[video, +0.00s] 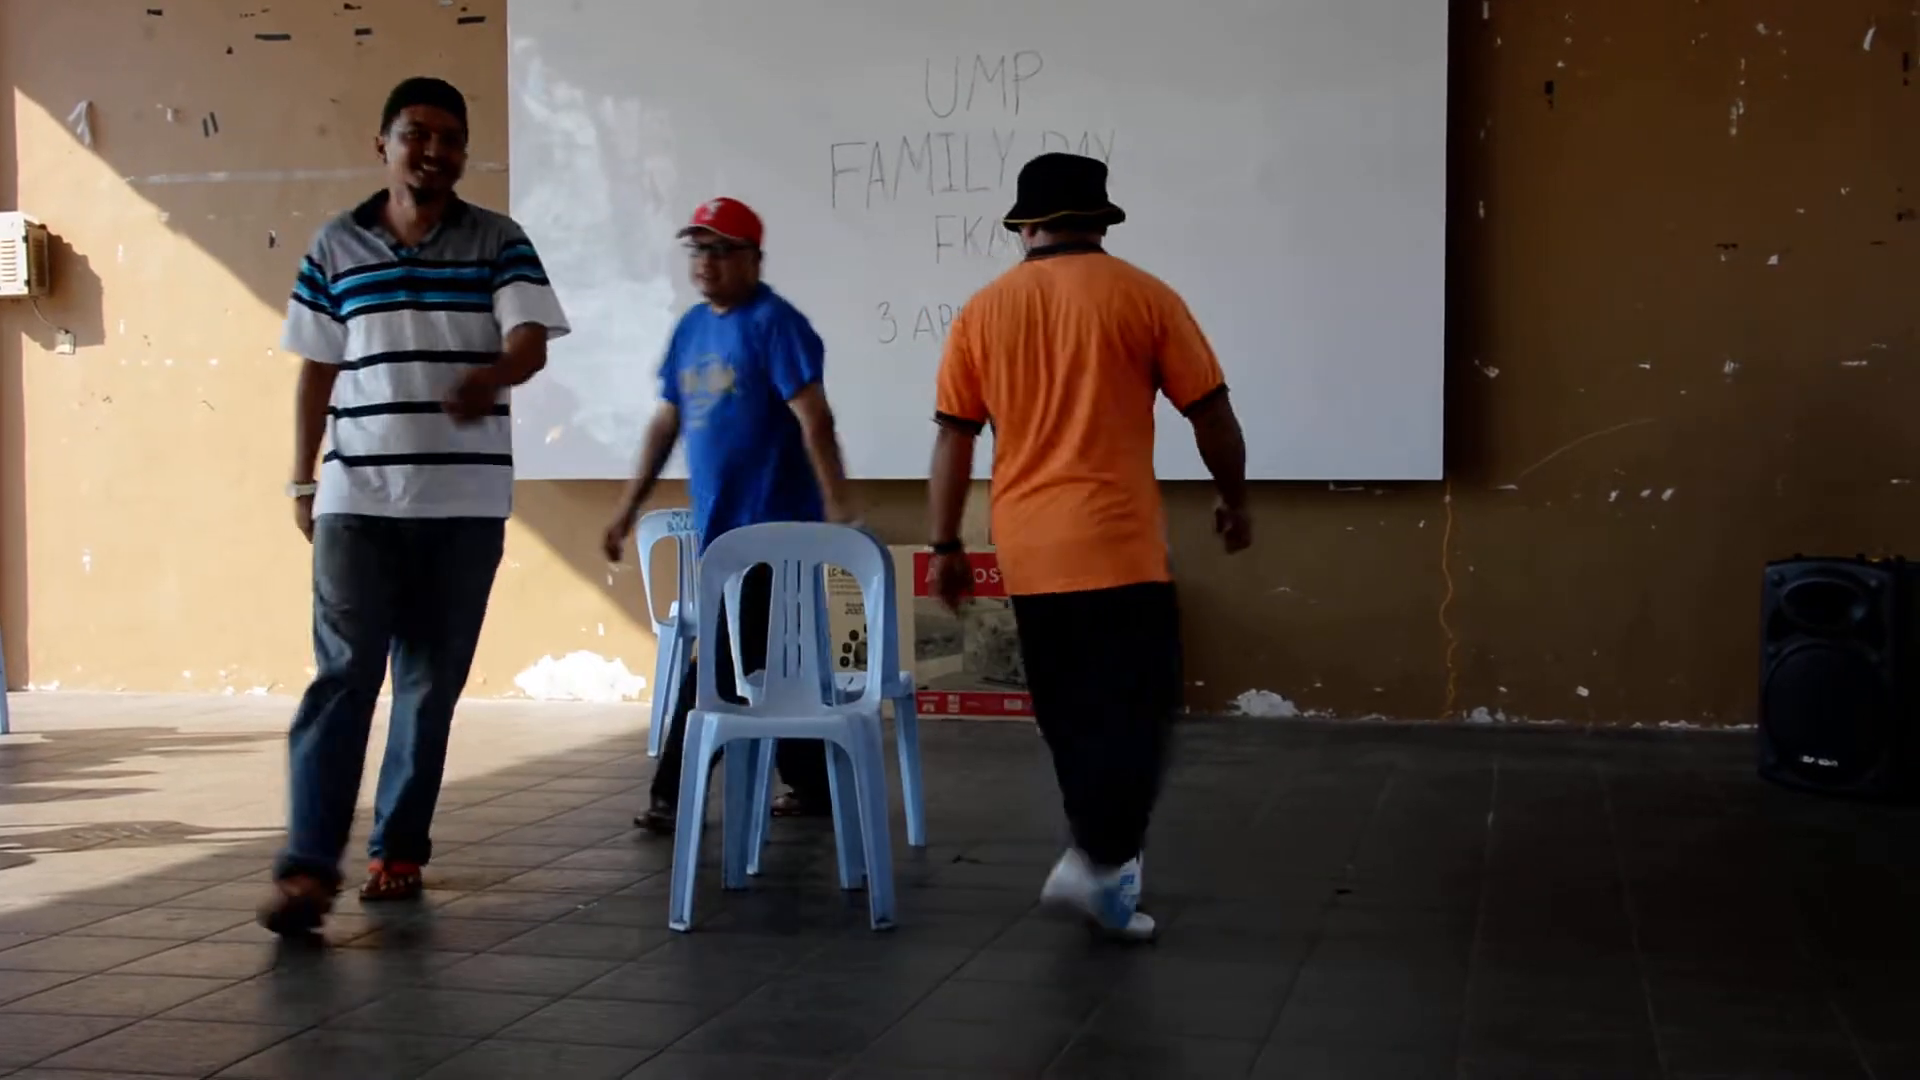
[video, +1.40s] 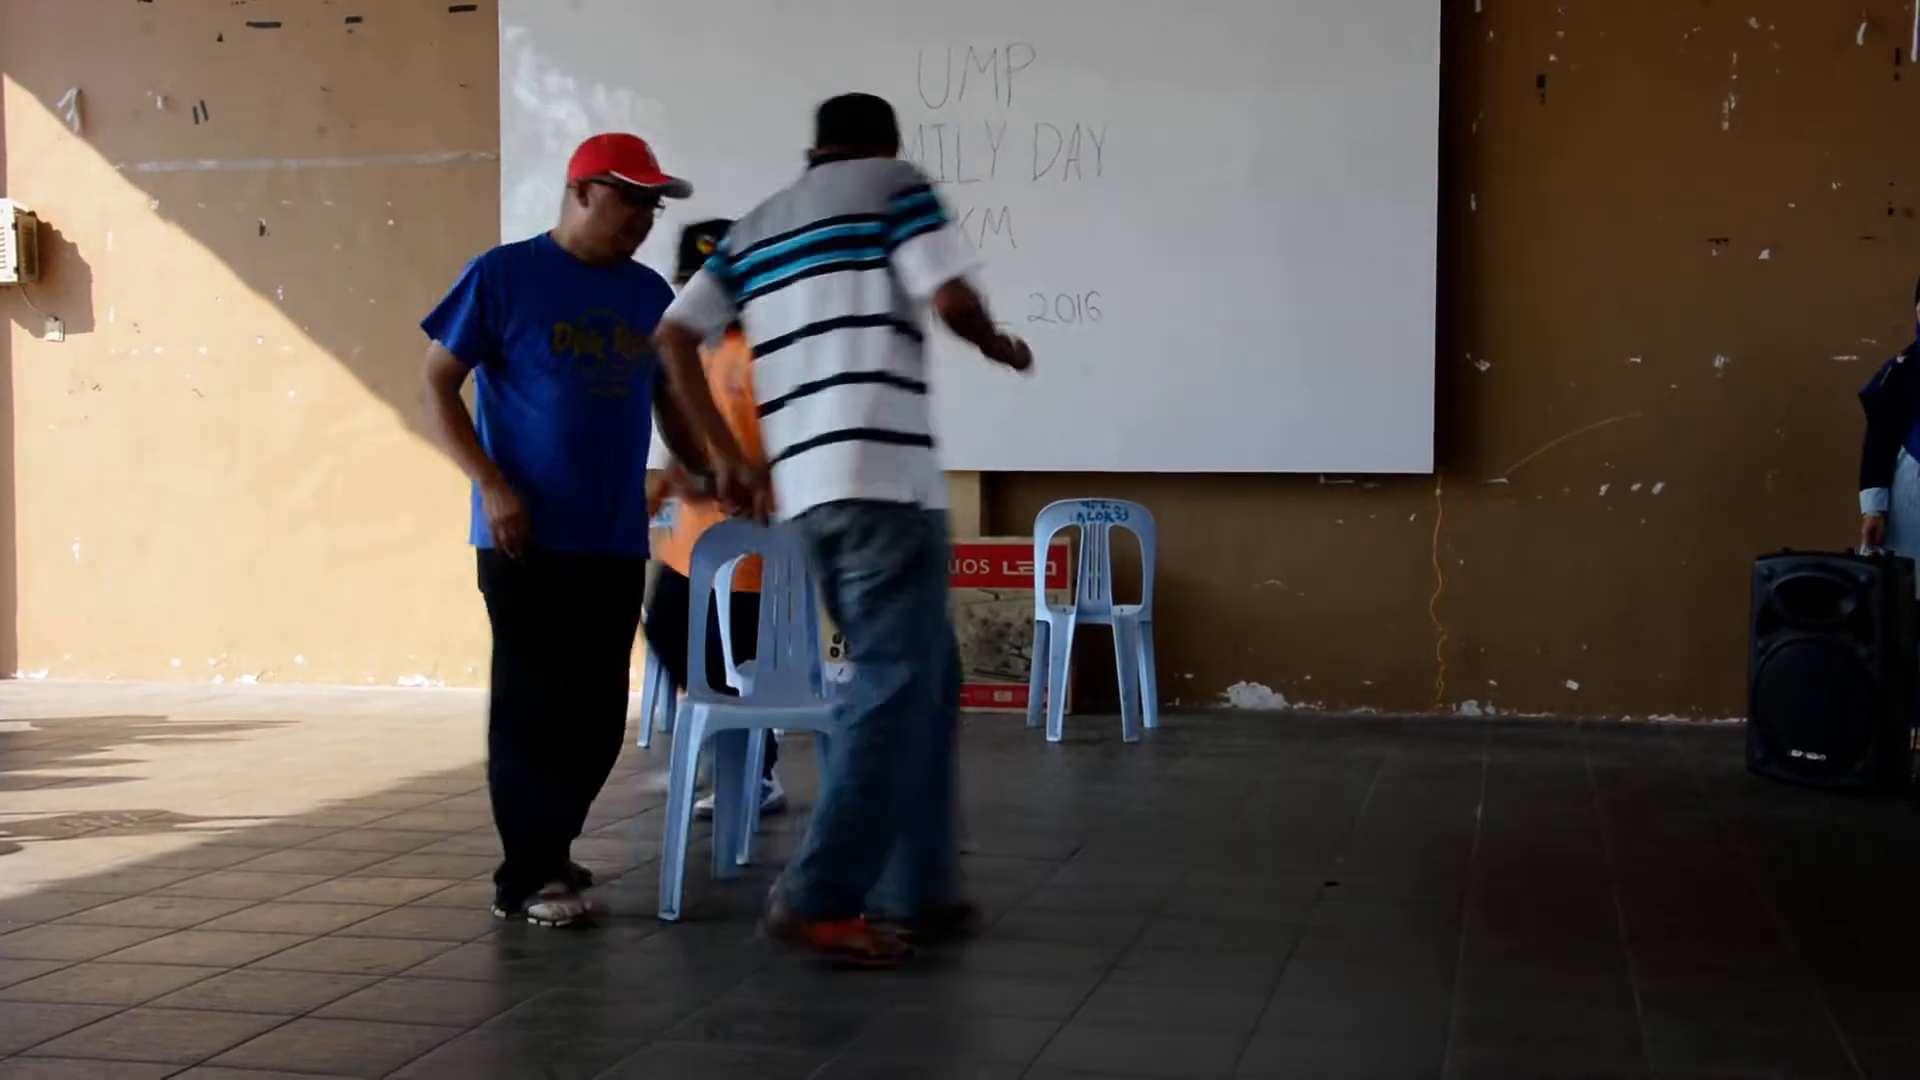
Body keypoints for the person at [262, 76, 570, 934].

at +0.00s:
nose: (432, 152)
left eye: (448, 139)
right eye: (416, 136)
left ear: (464, 153)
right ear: (383, 145)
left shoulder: (497, 241)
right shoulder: (339, 245)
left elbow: (532, 343)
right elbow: (318, 368)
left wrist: (494, 375)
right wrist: (304, 473)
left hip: (463, 504)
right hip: (358, 498)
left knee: (429, 689)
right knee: (341, 675)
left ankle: (400, 856)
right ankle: (308, 871)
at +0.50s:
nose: (513, 143)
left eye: (517, 127)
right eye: (501, 126)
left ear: (483, 125)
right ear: (443, 116)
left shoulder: (502, 223)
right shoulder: (349, 201)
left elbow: (530, 360)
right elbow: (287, 317)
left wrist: (579, 478)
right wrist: (257, 423)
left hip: (492, 501)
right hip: (380, 504)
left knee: (544, 663)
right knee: (356, 704)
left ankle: (508, 884)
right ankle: (333, 895)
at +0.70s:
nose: (590, 154)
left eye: (594, 138)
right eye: (583, 134)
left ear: (558, 127)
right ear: (535, 119)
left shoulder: (566, 243)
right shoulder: (443, 197)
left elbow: (581, 376)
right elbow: (385, 288)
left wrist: (602, 488)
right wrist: (389, 381)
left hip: (559, 504)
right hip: (453, 503)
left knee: (606, 701)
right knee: (400, 703)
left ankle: (643, 913)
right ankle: (333, 893)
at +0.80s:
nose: (643, 146)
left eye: (645, 129)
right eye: (635, 127)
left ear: (600, 121)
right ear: (587, 119)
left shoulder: (602, 223)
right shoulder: (501, 198)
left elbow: (590, 350)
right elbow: (443, 303)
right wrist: (472, 397)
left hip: (616, 510)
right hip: (523, 514)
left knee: (661, 699)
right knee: (463, 696)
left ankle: (648, 913)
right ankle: (344, 874)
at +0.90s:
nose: (699, 153)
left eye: (699, 134)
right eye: (691, 132)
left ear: (654, 125)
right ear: (648, 123)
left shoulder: (638, 223)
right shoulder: (566, 198)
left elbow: (626, 362)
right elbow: (512, 320)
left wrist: (671, 478)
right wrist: (549, 446)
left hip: (662, 512)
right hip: (586, 512)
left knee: (700, 708)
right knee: (556, 708)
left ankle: (648, 913)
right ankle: (408, 838)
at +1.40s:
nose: (646, 217)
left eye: (652, 203)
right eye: (632, 201)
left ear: (650, 207)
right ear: (585, 193)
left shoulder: (649, 296)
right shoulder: (504, 276)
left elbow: (667, 394)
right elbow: (438, 382)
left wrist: (696, 465)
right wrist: (490, 484)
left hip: (614, 537)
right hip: (527, 533)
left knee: (597, 709)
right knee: (533, 706)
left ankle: (550, 855)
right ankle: (526, 880)